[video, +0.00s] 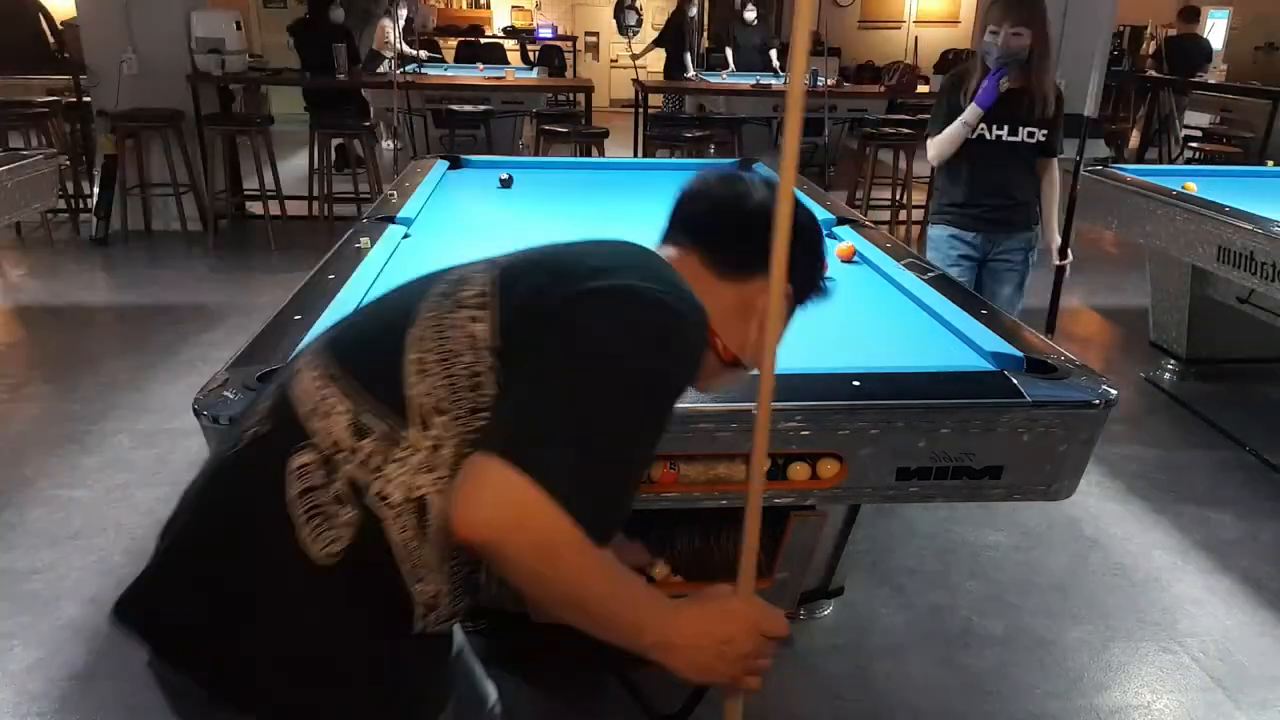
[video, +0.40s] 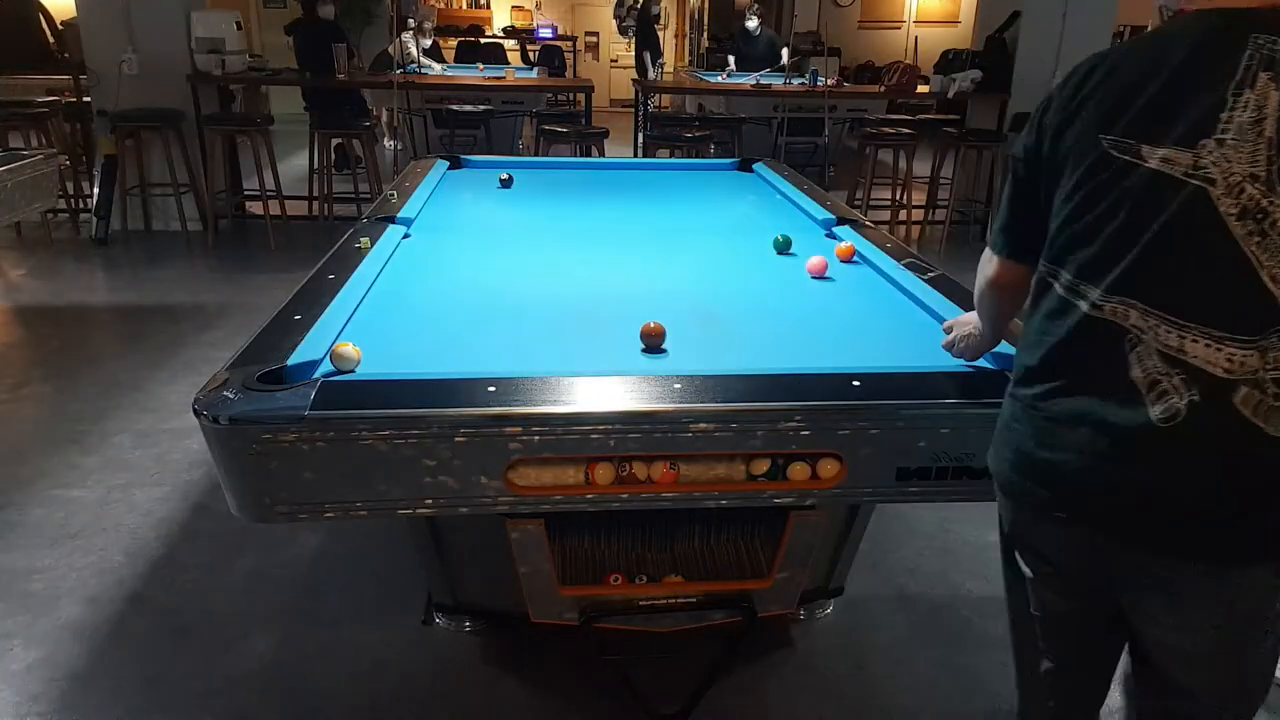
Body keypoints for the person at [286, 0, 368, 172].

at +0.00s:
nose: (342, 11)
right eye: (338, 7)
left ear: (310, 8)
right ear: (330, 8)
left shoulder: (300, 30)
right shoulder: (341, 32)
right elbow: (355, 69)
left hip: (315, 105)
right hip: (347, 106)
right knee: (363, 107)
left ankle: (348, 150)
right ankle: (345, 149)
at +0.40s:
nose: (335, 8)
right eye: (331, 5)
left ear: (302, 7)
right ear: (319, 5)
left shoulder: (298, 30)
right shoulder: (331, 27)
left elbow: (302, 67)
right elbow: (351, 59)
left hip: (314, 103)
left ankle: (348, 151)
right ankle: (345, 149)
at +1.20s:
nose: (344, 10)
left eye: (343, 6)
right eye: (340, 6)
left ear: (313, 8)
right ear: (332, 7)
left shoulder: (303, 29)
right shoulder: (340, 30)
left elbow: (307, 70)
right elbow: (356, 68)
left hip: (315, 102)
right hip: (343, 103)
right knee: (362, 107)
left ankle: (348, 150)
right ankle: (346, 149)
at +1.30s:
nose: (340, 9)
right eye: (338, 6)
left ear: (310, 10)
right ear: (336, 9)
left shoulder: (303, 31)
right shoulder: (344, 31)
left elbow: (309, 66)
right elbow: (357, 69)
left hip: (315, 102)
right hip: (346, 103)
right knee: (365, 112)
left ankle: (350, 151)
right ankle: (344, 148)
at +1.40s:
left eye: (307, 6)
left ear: (308, 9)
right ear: (332, 8)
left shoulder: (301, 31)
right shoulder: (343, 30)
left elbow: (306, 66)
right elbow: (356, 69)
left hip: (315, 102)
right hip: (346, 104)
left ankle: (350, 151)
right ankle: (344, 149)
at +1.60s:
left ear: (307, 9)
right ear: (332, 9)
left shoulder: (301, 31)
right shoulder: (343, 31)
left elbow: (306, 66)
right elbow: (357, 71)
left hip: (314, 101)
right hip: (345, 103)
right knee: (363, 109)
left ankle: (350, 151)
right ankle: (345, 149)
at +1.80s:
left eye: (307, 6)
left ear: (308, 8)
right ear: (333, 7)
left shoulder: (302, 31)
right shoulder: (343, 30)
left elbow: (306, 64)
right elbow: (357, 70)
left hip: (314, 100)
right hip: (346, 101)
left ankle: (353, 153)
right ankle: (345, 148)